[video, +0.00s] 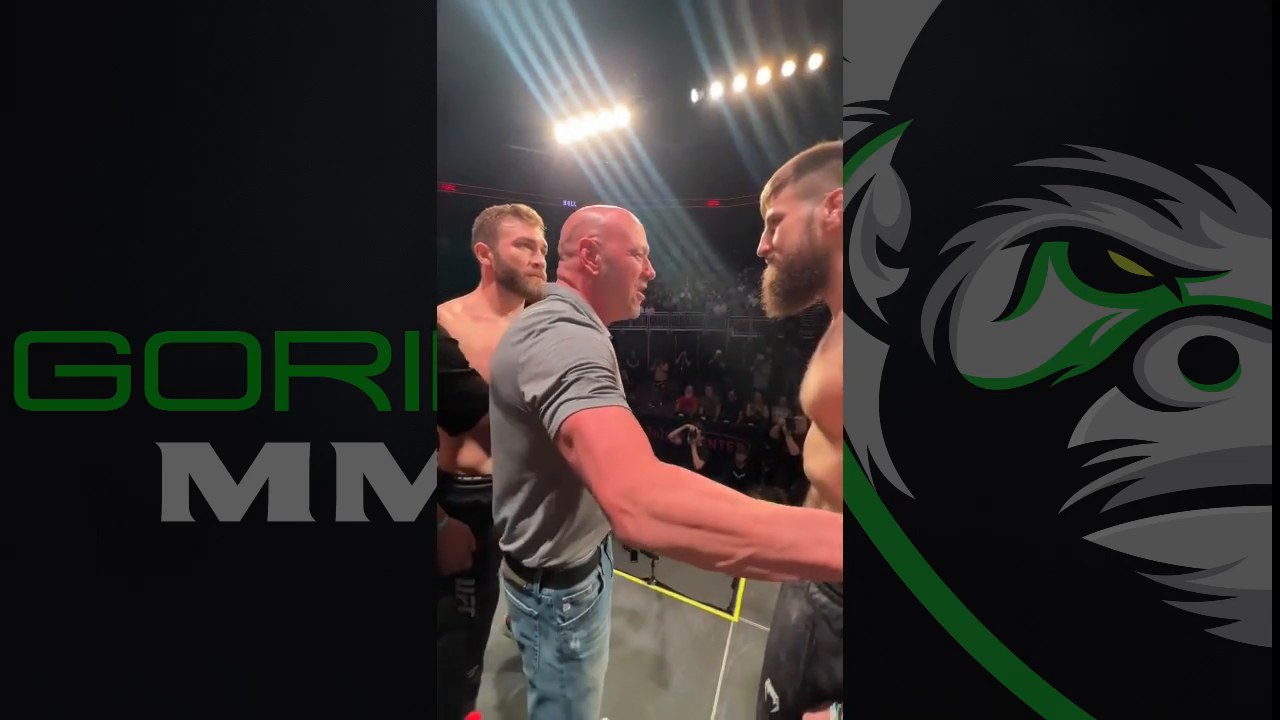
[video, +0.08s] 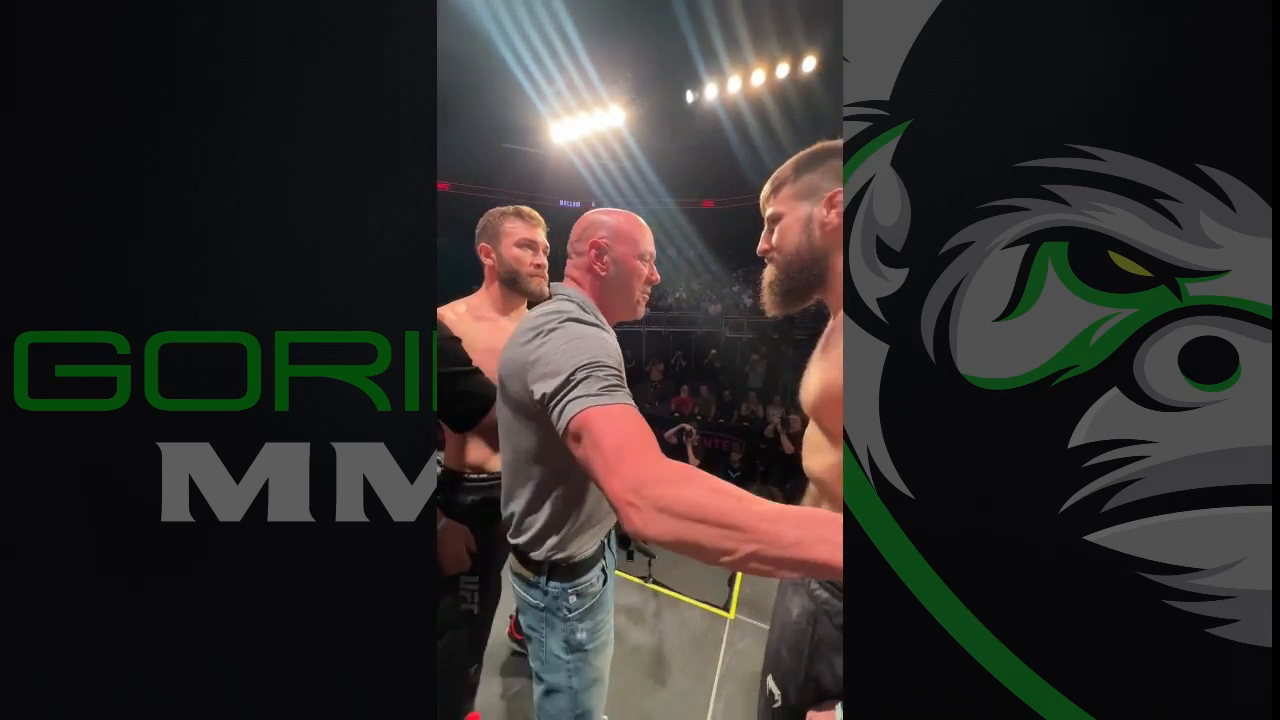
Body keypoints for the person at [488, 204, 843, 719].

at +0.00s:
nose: (651, 271)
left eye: (647, 256)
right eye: (638, 254)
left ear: (588, 259)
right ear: (589, 256)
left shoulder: (557, 324)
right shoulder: (560, 336)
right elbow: (641, 503)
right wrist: (844, 543)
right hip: (559, 586)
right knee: (566, 710)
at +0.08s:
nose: (656, 276)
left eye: (654, 261)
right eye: (645, 259)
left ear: (597, 260)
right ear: (598, 257)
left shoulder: (561, 323)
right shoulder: (569, 337)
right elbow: (648, 497)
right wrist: (841, 543)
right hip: (565, 579)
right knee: (572, 709)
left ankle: (530, 627)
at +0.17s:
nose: (662, 280)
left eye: (660, 265)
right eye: (652, 263)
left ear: (602, 262)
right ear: (604, 258)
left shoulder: (564, 323)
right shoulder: (574, 337)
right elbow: (652, 497)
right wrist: (844, 536)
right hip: (565, 573)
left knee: (568, 690)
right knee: (573, 707)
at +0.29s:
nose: (665, 285)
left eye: (664, 271)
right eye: (655, 269)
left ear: (607, 265)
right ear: (610, 262)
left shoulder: (572, 327)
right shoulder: (577, 341)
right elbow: (633, 501)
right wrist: (816, 509)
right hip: (559, 563)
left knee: (565, 666)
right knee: (565, 703)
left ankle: (574, 708)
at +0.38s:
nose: (661, 287)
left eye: (661, 273)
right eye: (653, 272)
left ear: (605, 267)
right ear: (607, 265)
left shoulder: (562, 328)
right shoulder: (576, 348)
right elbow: (620, 501)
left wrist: (661, 513)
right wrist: (768, 491)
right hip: (556, 556)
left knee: (560, 659)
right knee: (561, 700)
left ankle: (568, 707)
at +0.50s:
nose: (654, 288)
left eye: (653, 275)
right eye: (646, 273)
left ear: (599, 268)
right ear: (602, 266)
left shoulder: (560, 325)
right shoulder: (573, 347)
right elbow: (634, 484)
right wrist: (756, 468)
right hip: (553, 550)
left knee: (558, 678)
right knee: (559, 703)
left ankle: (567, 708)